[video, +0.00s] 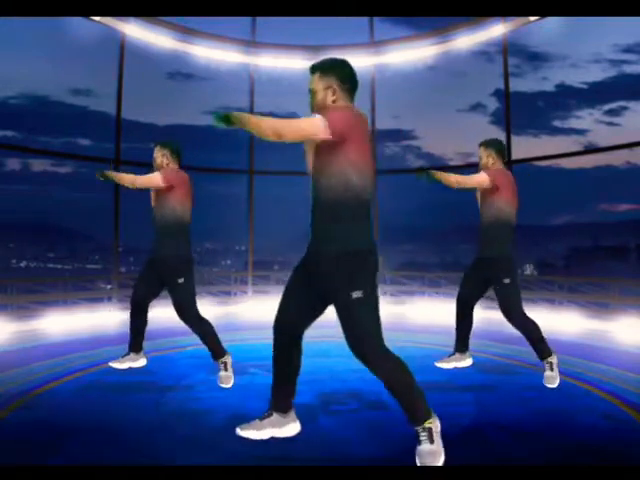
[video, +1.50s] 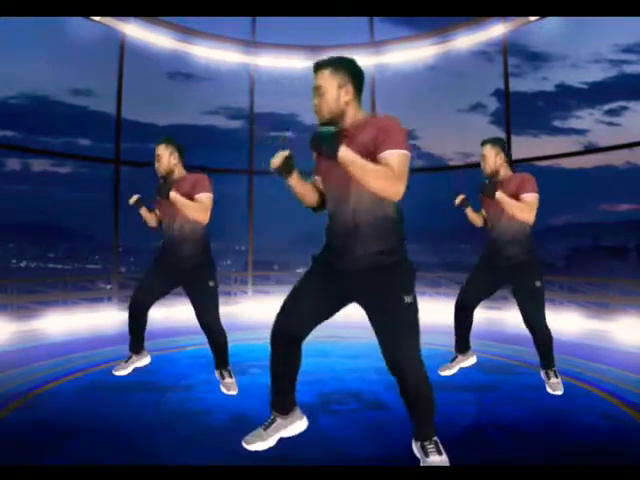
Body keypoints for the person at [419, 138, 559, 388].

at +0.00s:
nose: (480, 162)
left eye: (482, 157)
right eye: (480, 158)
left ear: (492, 156)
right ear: (497, 157)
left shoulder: (496, 176)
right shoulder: (501, 179)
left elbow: (458, 182)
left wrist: (433, 173)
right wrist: (441, 176)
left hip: (499, 258)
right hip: (489, 256)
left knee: (513, 313)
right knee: (464, 300)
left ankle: (548, 359)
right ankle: (461, 354)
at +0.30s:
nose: (487, 168)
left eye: (490, 162)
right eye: (485, 163)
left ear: (505, 160)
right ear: (487, 165)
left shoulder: (526, 181)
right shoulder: (492, 190)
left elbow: (532, 212)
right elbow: (478, 216)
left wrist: (508, 183)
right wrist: (470, 193)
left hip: (524, 261)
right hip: (498, 260)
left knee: (533, 316)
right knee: (473, 304)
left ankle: (548, 365)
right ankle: (462, 354)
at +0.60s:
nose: (488, 170)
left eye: (492, 164)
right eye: (486, 165)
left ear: (506, 162)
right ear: (485, 166)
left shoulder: (527, 184)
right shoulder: (492, 191)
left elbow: (536, 215)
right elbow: (475, 218)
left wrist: (510, 188)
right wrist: (466, 197)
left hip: (525, 264)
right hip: (497, 261)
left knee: (533, 316)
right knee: (468, 303)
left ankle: (547, 364)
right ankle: (460, 353)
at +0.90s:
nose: (463, 162)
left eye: (467, 157)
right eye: (462, 157)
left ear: (482, 158)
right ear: (467, 160)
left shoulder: (504, 183)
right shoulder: (466, 191)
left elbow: (511, 213)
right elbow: (447, 213)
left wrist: (485, 187)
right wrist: (442, 192)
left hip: (500, 260)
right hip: (469, 260)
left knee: (524, 309)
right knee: (449, 304)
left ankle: (522, 357)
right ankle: (443, 347)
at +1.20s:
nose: (466, 148)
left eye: (470, 143)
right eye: (465, 144)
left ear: (485, 143)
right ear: (470, 146)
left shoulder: (507, 167)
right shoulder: (469, 178)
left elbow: (518, 194)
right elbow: (452, 202)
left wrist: (491, 176)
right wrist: (445, 177)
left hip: (508, 248)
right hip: (480, 249)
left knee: (527, 305)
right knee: (453, 291)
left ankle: (544, 359)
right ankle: (451, 342)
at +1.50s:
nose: (482, 162)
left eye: (486, 156)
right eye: (481, 157)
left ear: (501, 157)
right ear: (490, 159)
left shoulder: (524, 181)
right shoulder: (488, 189)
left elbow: (529, 216)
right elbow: (481, 221)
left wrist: (499, 195)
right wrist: (466, 207)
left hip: (523, 263)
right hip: (493, 262)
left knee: (536, 322)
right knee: (464, 303)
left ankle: (549, 370)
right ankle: (463, 353)